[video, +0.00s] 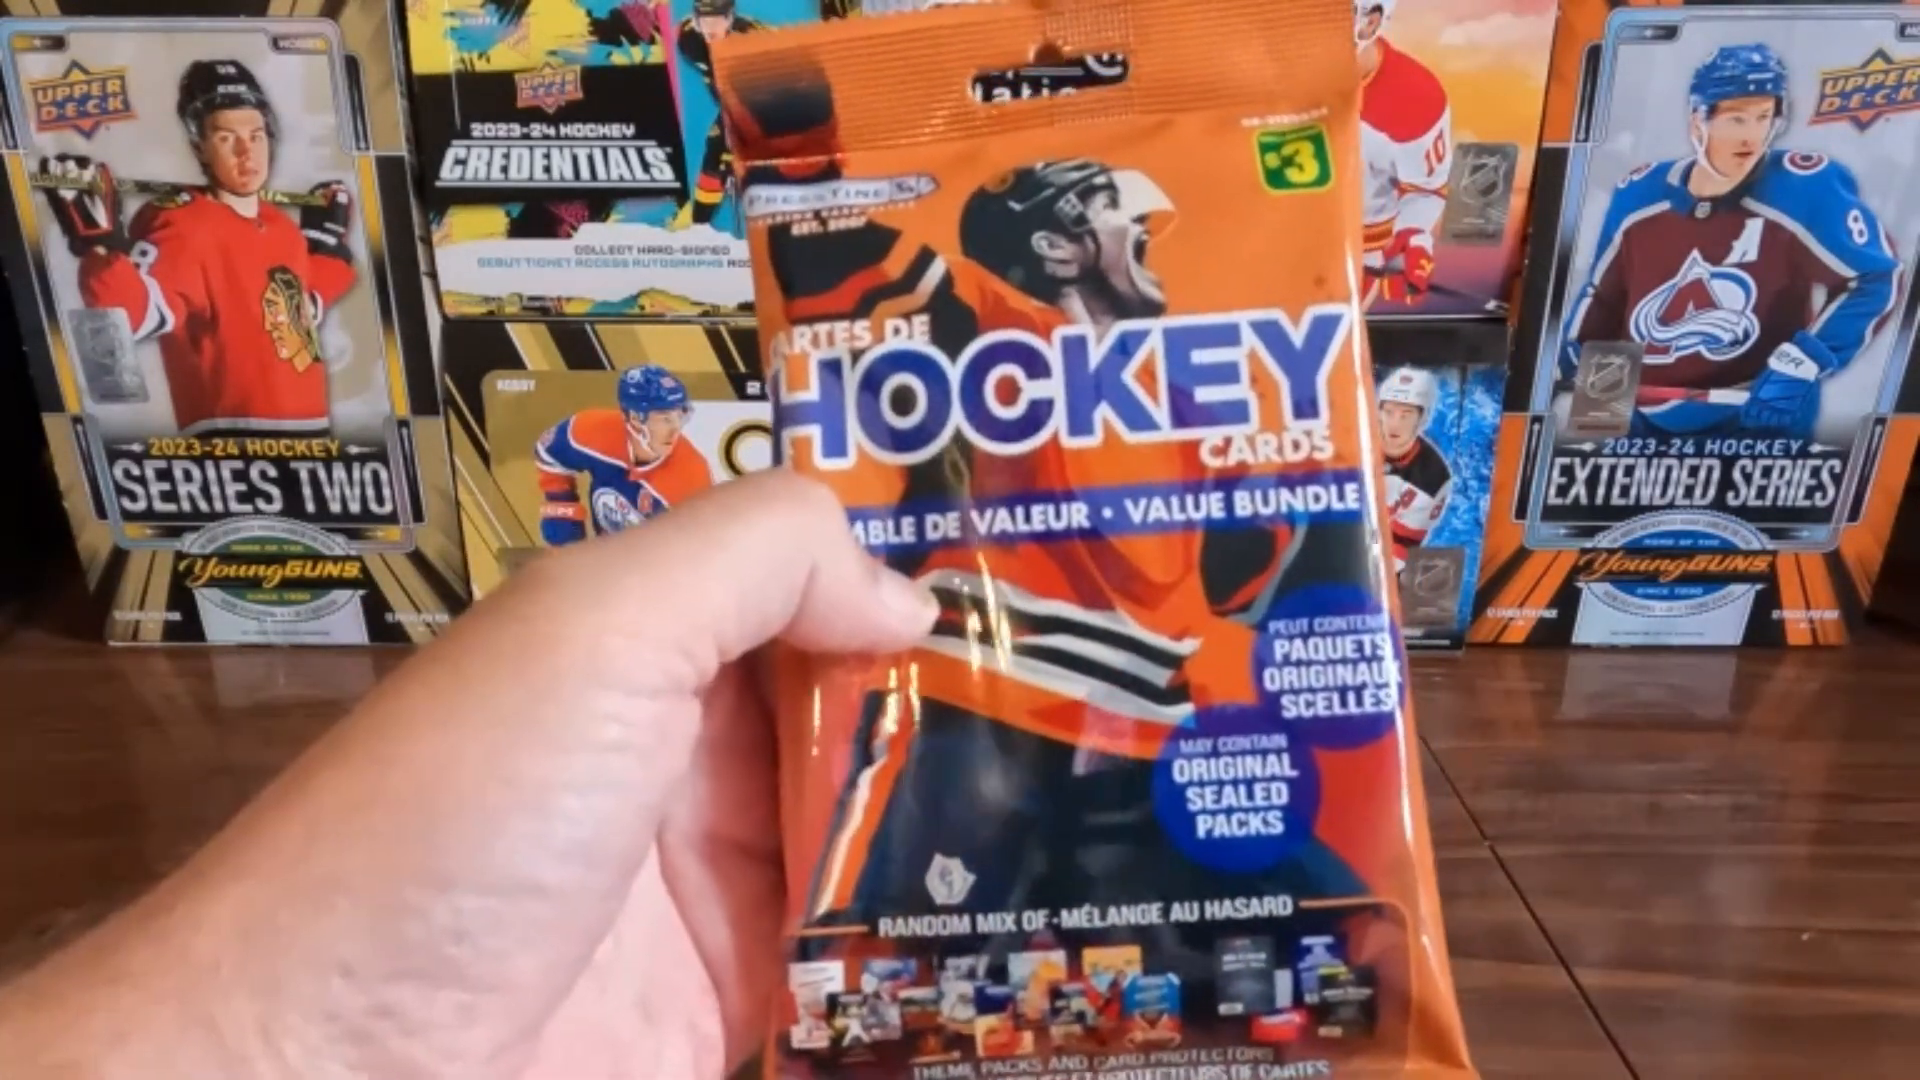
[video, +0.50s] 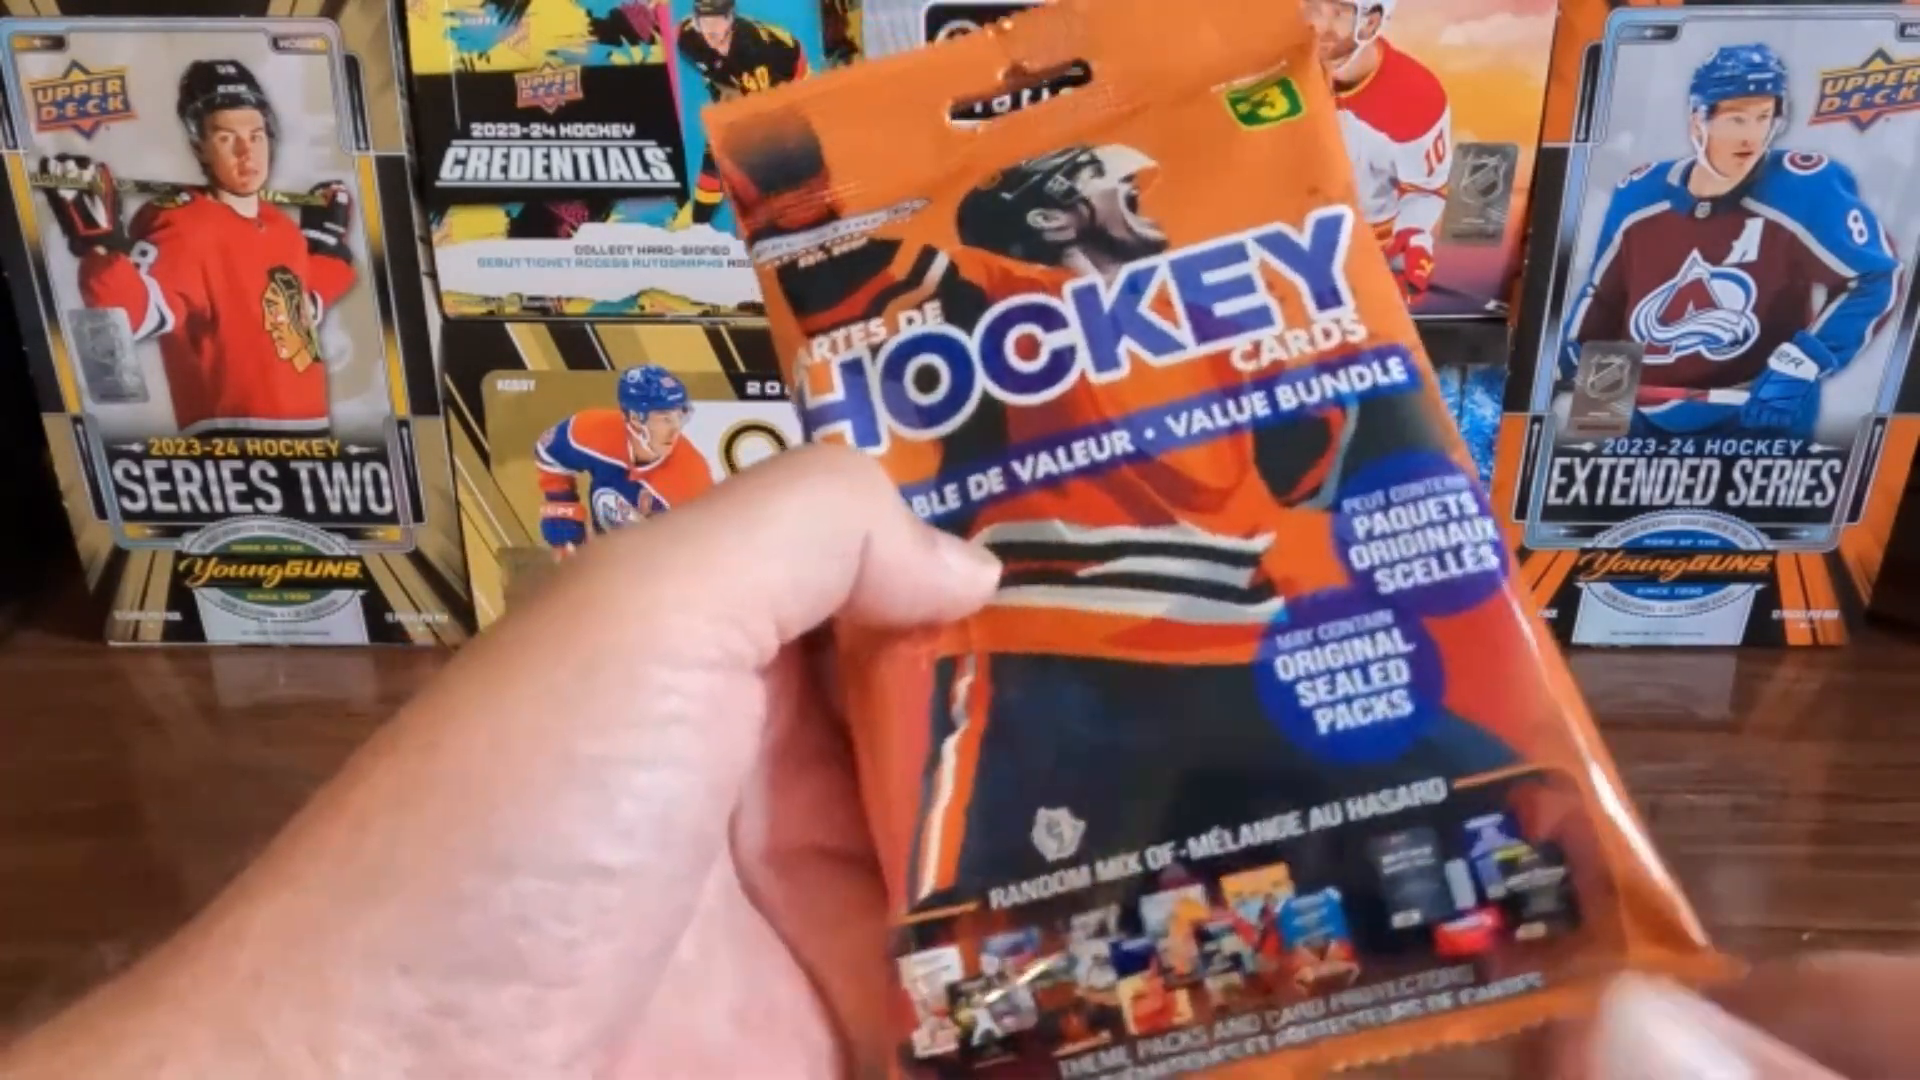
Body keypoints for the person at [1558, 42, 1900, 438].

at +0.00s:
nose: (1750, 135)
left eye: (1762, 118)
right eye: (1734, 119)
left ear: (1775, 123)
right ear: (1698, 124)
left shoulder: (1805, 192)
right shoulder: (1637, 197)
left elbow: (1878, 279)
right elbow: (1600, 296)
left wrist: (1802, 364)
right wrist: (1574, 366)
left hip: (1744, 427)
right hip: (1637, 422)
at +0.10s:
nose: (1750, 135)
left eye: (1762, 118)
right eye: (1734, 119)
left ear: (1775, 123)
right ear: (1698, 124)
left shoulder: (1805, 192)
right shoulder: (1637, 197)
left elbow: (1878, 279)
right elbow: (1600, 296)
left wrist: (1802, 364)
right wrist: (1574, 366)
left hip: (1744, 427)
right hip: (1637, 422)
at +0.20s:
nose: (1750, 135)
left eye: (1762, 118)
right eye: (1735, 119)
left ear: (1775, 123)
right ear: (1698, 124)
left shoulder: (1804, 193)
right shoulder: (1637, 198)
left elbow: (1878, 279)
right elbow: (1599, 296)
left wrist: (1801, 364)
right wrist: (1578, 362)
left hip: (1745, 427)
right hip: (1638, 421)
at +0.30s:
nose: (1750, 135)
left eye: (1762, 118)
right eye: (1734, 119)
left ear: (1775, 123)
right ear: (1698, 124)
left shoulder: (1804, 192)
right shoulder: (1637, 198)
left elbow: (1878, 279)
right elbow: (1599, 297)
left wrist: (1801, 364)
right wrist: (1574, 367)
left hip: (1745, 426)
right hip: (1638, 421)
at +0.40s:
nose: (1750, 135)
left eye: (1762, 118)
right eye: (1734, 119)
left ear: (1775, 123)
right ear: (1698, 124)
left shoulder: (1804, 192)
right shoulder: (1637, 198)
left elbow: (1878, 279)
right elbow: (1599, 297)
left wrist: (1801, 365)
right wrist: (1574, 367)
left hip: (1745, 427)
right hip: (1638, 422)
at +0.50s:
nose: (1750, 135)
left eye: (1762, 118)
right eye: (1735, 119)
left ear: (1775, 123)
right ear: (1698, 124)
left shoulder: (1804, 192)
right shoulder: (1638, 196)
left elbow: (1878, 279)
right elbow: (1600, 296)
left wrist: (1802, 364)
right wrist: (1576, 366)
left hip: (1744, 427)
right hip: (1637, 421)